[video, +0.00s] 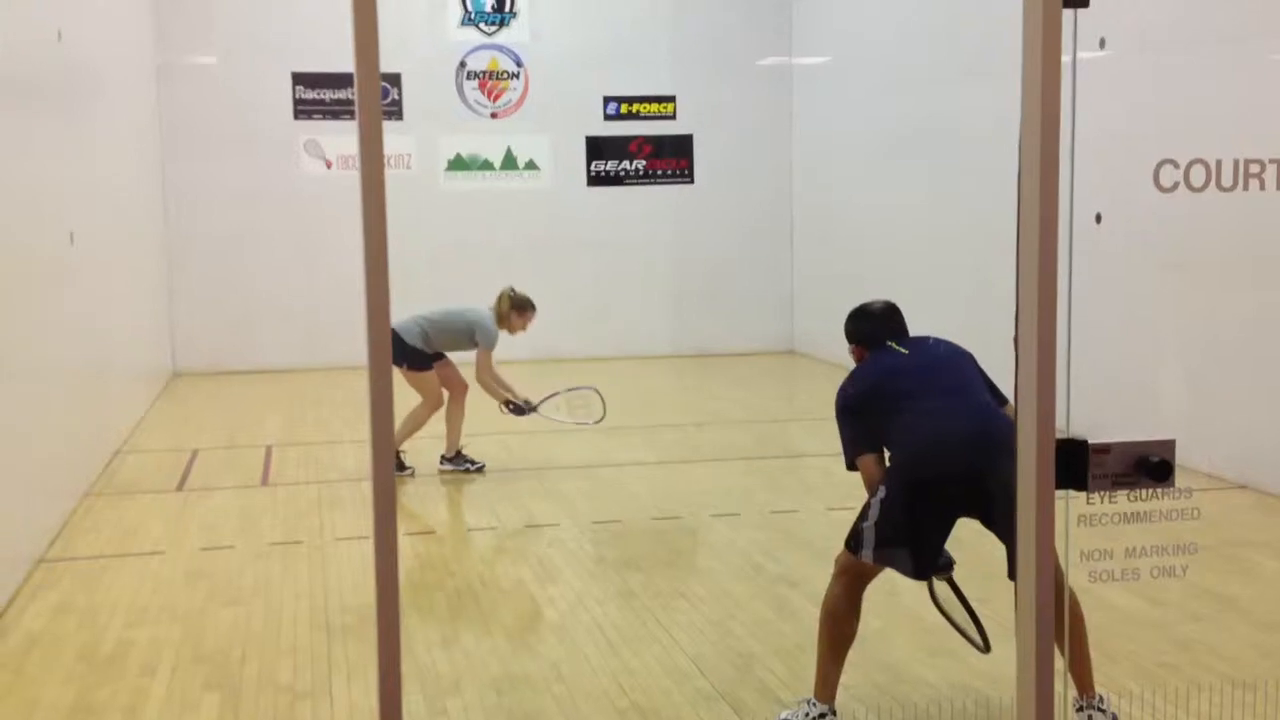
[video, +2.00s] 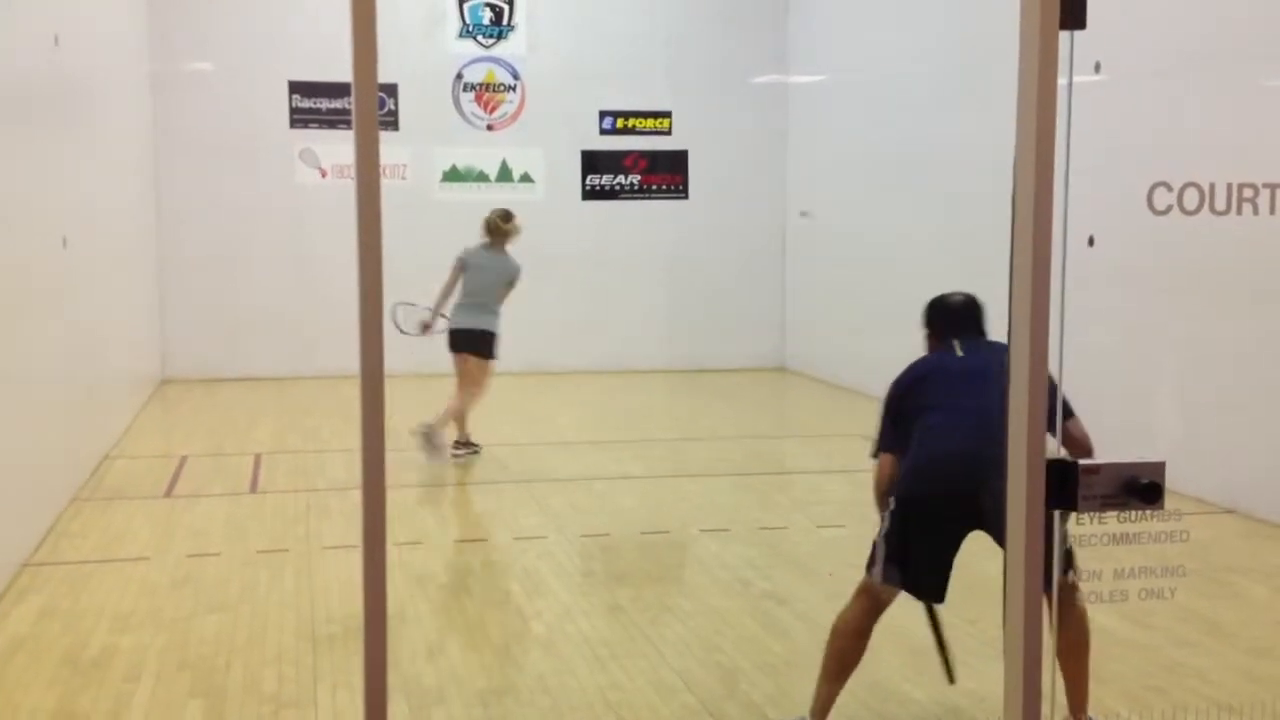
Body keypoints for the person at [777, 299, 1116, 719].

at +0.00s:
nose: (851, 356)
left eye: (850, 350)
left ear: (857, 351)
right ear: (904, 332)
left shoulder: (855, 388)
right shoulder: (948, 351)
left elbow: (875, 479)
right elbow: (1007, 415)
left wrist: (919, 547)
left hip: (924, 472)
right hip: (998, 461)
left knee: (850, 574)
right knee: (1049, 574)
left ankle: (821, 703)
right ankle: (1089, 698)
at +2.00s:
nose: (925, 342)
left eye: (925, 336)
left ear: (931, 336)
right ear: (982, 331)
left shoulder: (914, 376)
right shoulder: (1021, 362)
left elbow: (886, 470)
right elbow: (1081, 444)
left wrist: (887, 516)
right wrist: (1079, 478)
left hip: (929, 486)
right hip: (1010, 486)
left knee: (870, 597)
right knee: (1064, 592)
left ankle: (817, 713)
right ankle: (1080, 713)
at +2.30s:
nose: (887, 312)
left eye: (887, 306)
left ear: (891, 308)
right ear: (941, 302)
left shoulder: (881, 359)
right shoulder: (988, 346)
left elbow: (861, 454)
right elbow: (1017, 424)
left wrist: (856, 510)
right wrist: (1027, 495)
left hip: (918, 489)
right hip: (996, 489)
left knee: (845, 591)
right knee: (1039, 599)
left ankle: (820, 713)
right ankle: (1075, 713)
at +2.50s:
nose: (848, 305)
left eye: (849, 296)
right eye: (847, 295)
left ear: (864, 295)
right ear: (904, 287)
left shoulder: (870, 348)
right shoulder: (953, 324)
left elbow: (857, 435)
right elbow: (971, 408)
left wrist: (817, 511)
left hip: (920, 488)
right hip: (992, 481)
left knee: (849, 593)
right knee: (985, 594)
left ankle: (825, 713)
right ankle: (1047, 704)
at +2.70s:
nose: (864, 294)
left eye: (871, 284)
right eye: (864, 284)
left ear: (899, 283)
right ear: (914, 279)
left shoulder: (918, 333)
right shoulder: (964, 313)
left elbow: (928, 430)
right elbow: (991, 408)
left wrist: (888, 522)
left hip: (958, 490)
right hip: (1002, 486)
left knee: (893, 602)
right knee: (986, 598)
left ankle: (850, 714)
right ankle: (1049, 703)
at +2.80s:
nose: (874, 294)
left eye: (880, 282)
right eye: (874, 282)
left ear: (911, 280)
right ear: (924, 277)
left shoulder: (934, 332)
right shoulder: (968, 313)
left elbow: (955, 431)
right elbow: (986, 416)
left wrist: (931, 502)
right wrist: (944, 493)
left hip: (974, 484)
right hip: (1008, 481)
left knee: (899, 596)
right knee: (988, 592)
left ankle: (893, 712)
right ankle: (1048, 696)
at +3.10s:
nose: (869, 304)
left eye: (880, 292)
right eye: (871, 291)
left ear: (922, 300)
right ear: (917, 300)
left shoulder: (966, 359)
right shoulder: (913, 341)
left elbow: (1013, 464)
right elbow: (925, 424)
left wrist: (983, 557)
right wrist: (900, 492)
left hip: (992, 508)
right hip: (976, 503)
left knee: (913, 631)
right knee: (986, 615)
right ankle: (1055, 704)